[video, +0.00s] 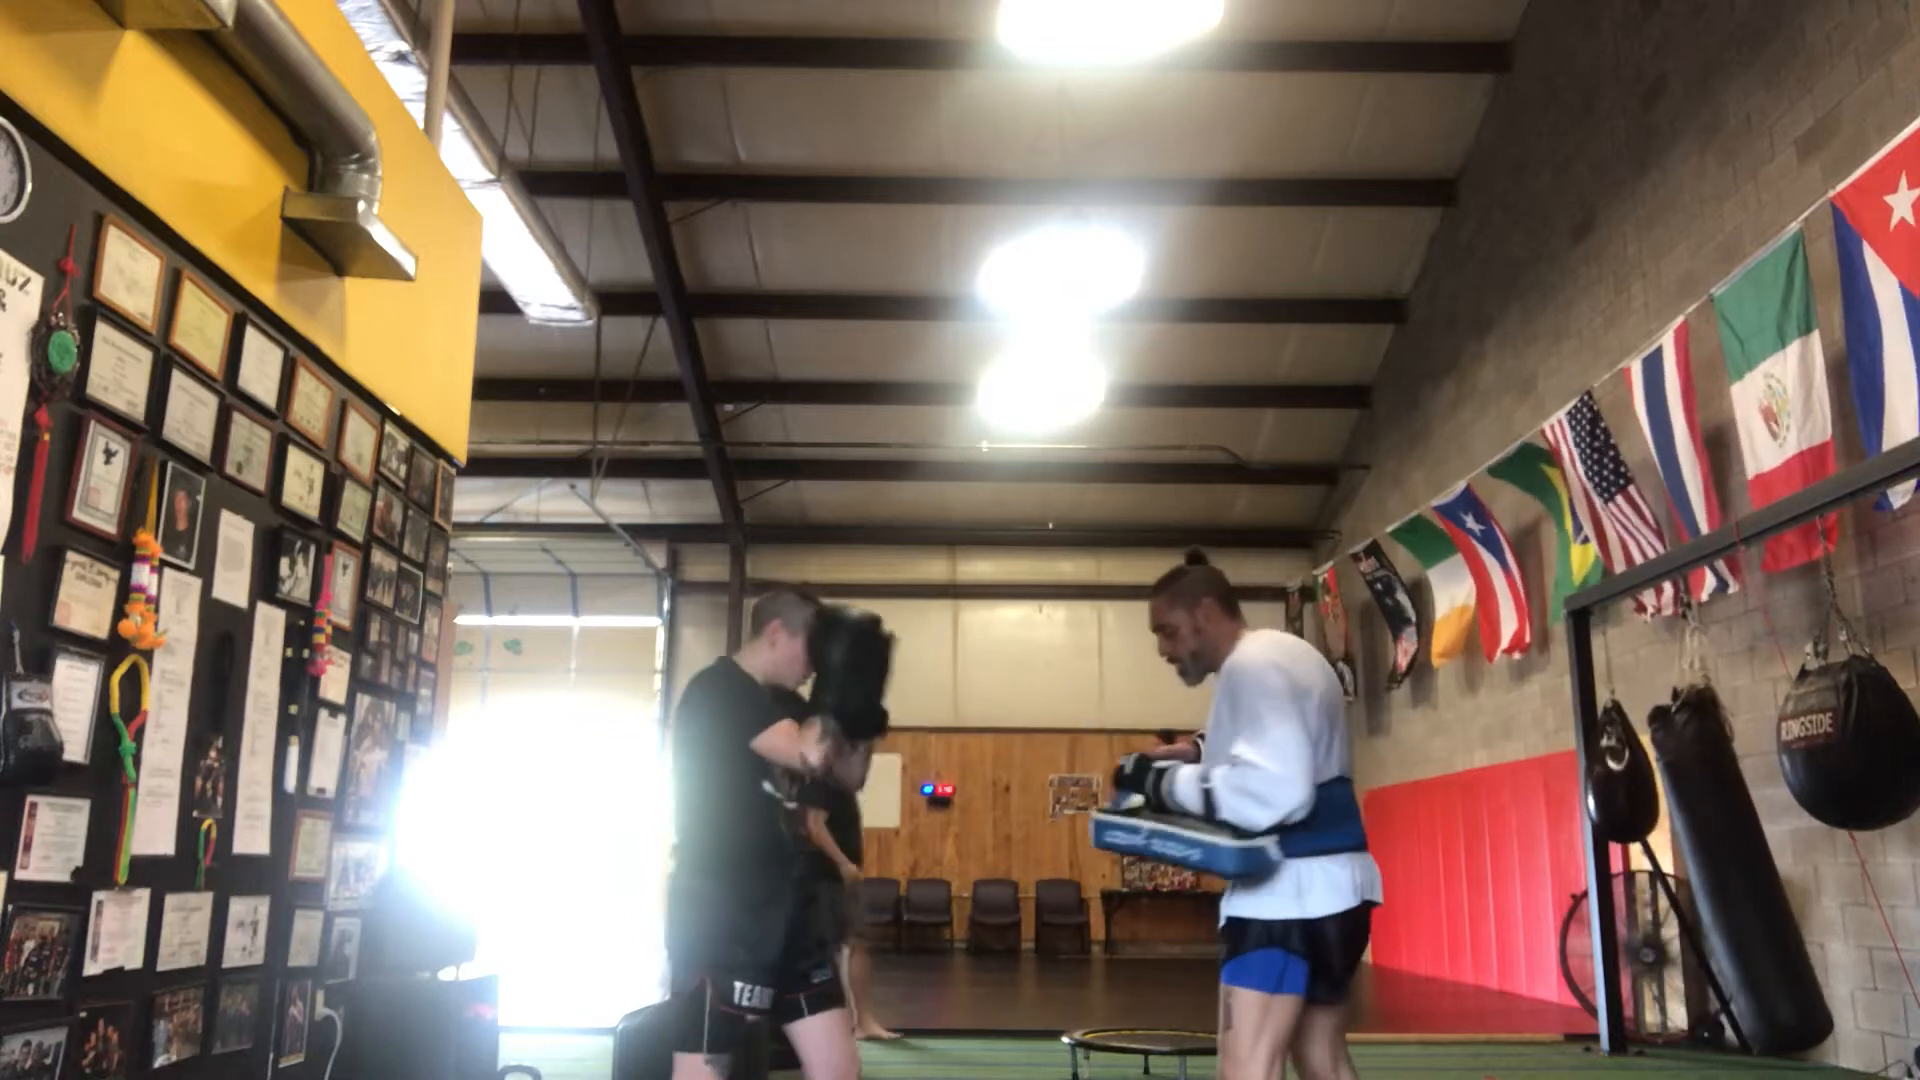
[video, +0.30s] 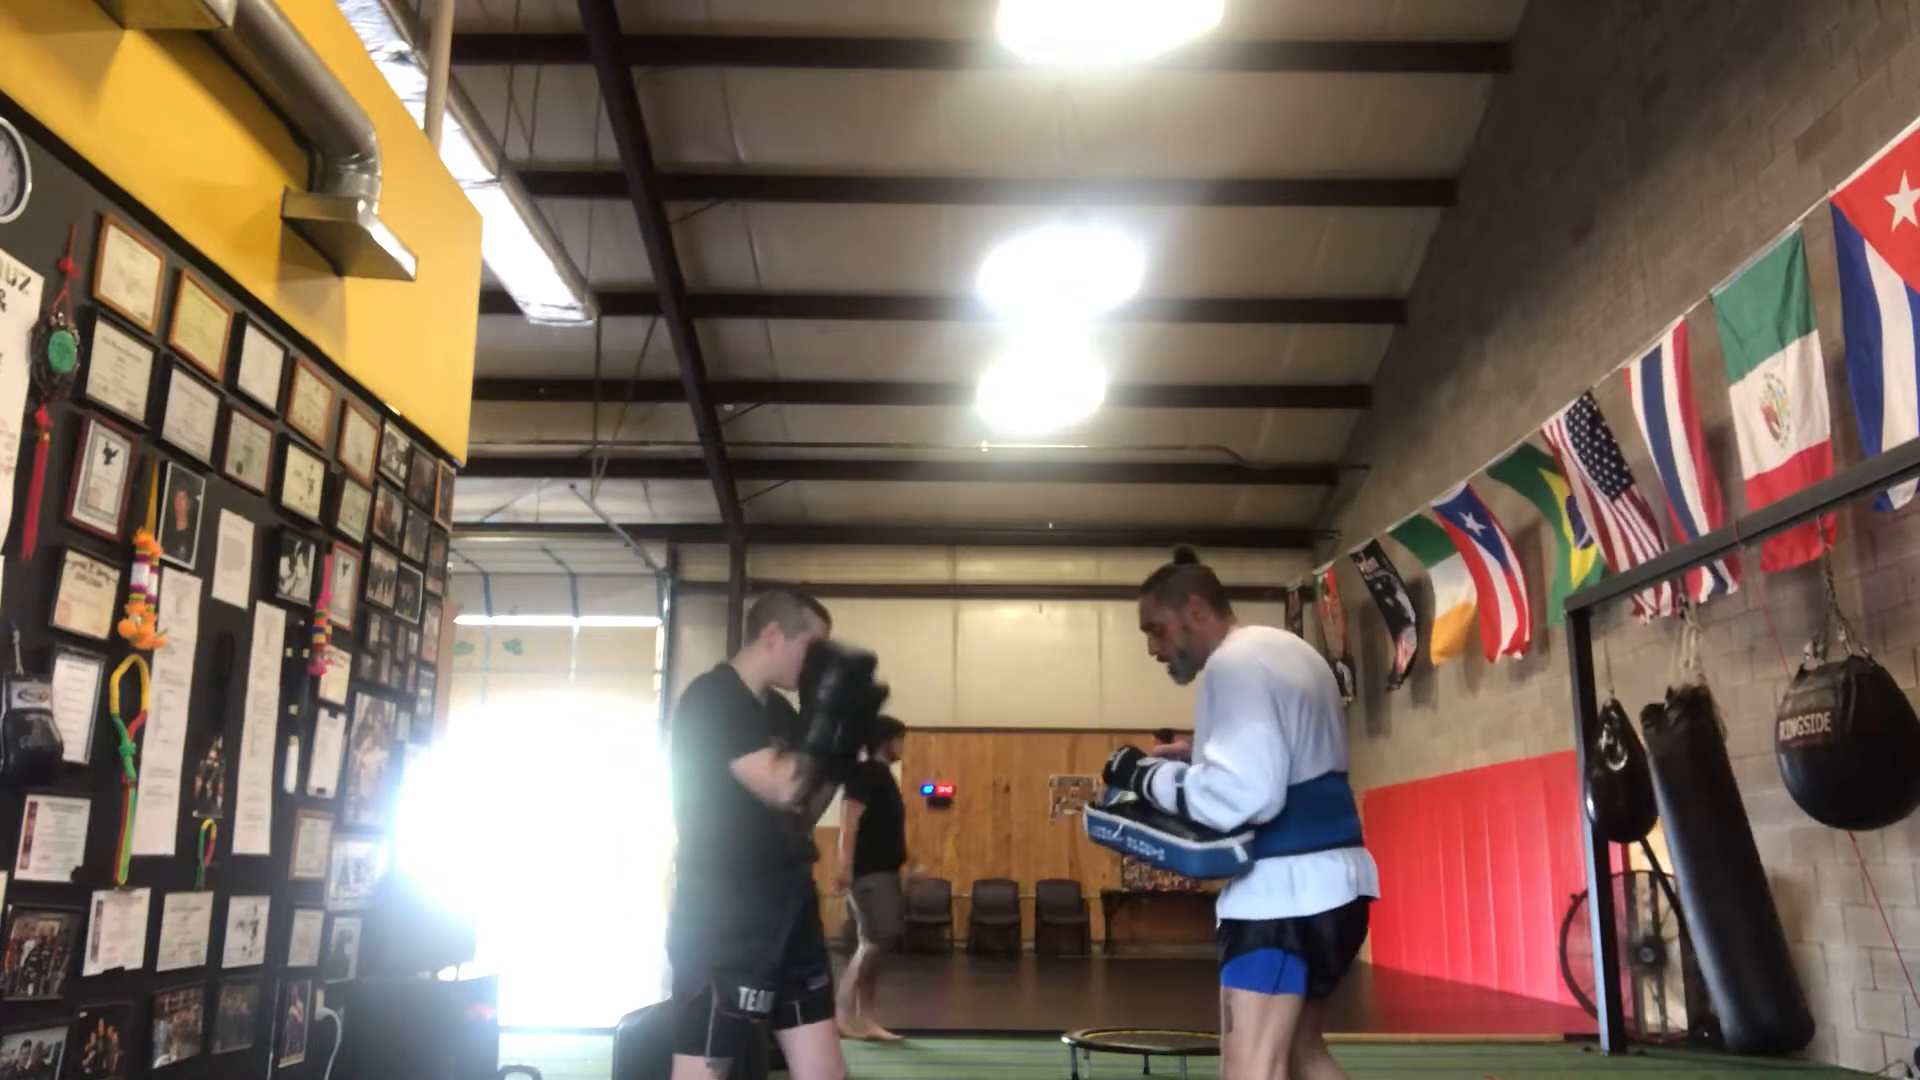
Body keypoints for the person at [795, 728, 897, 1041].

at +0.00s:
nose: (863, 760)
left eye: (864, 753)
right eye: (859, 753)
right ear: (839, 750)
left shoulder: (841, 784)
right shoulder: (822, 782)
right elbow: (815, 824)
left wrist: (851, 860)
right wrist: (843, 862)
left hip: (843, 872)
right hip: (831, 875)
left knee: (843, 946)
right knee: (854, 943)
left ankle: (846, 1017)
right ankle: (862, 1017)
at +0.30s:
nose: (902, 747)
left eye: (902, 741)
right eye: (899, 741)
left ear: (886, 742)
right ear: (885, 742)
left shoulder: (884, 775)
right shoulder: (866, 773)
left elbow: (879, 821)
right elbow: (850, 821)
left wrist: (895, 859)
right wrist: (844, 866)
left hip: (885, 867)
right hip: (868, 869)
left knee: (878, 943)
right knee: (871, 942)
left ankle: (865, 1016)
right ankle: (844, 1013)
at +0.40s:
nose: (914, 750)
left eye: (914, 744)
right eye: (910, 744)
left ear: (901, 746)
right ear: (897, 744)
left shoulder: (900, 781)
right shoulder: (875, 777)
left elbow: (906, 828)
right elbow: (858, 819)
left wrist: (939, 852)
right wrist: (858, 865)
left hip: (890, 870)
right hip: (885, 871)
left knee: (872, 945)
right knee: (898, 941)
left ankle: (865, 1020)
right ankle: (889, 1019)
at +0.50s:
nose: (928, 748)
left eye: (928, 742)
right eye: (924, 742)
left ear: (915, 745)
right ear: (911, 743)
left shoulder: (910, 781)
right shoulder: (891, 777)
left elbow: (921, 829)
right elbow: (872, 821)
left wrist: (960, 850)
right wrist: (874, 865)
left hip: (904, 873)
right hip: (898, 875)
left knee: (878, 949)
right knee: (917, 947)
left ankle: (865, 1020)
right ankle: (937, 1023)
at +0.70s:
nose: (955, 750)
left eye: (955, 744)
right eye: (952, 744)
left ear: (937, 745)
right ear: (938, 746)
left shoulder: (938, 780)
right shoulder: (920, 778)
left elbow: (946, 833)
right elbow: (908, 828)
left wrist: (968, 864)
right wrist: (913, 876)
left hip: (937, 874)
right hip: (931, 877)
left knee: (910, 948)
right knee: (946, 949)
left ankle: (871, 1016)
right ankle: (953, 1029)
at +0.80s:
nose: (970, 748)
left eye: (969, 742)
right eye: (966, 742)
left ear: (944, 743)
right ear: (953, 745)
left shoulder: (947, 776)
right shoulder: (935, 777)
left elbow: (950, 829)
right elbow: (927, 828)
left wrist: (964, 873)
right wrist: (935, 875)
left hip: (954, 873)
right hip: (943, 876)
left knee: (945, 946)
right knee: (949, 948)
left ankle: (890, 1001)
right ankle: (953, 1030)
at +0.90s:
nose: (982, 747)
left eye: (981, 741)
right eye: (979, 741)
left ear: (955, 741)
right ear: (967, 743)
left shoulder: (957, 774)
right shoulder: (950, 775)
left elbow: (954, 825)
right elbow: (945, 825)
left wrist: (972, 865)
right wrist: (962, 871)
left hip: (964, 873)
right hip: (951, 875)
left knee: (961, 944)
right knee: (956, 947)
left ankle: (926, 998)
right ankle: (952, 1028)